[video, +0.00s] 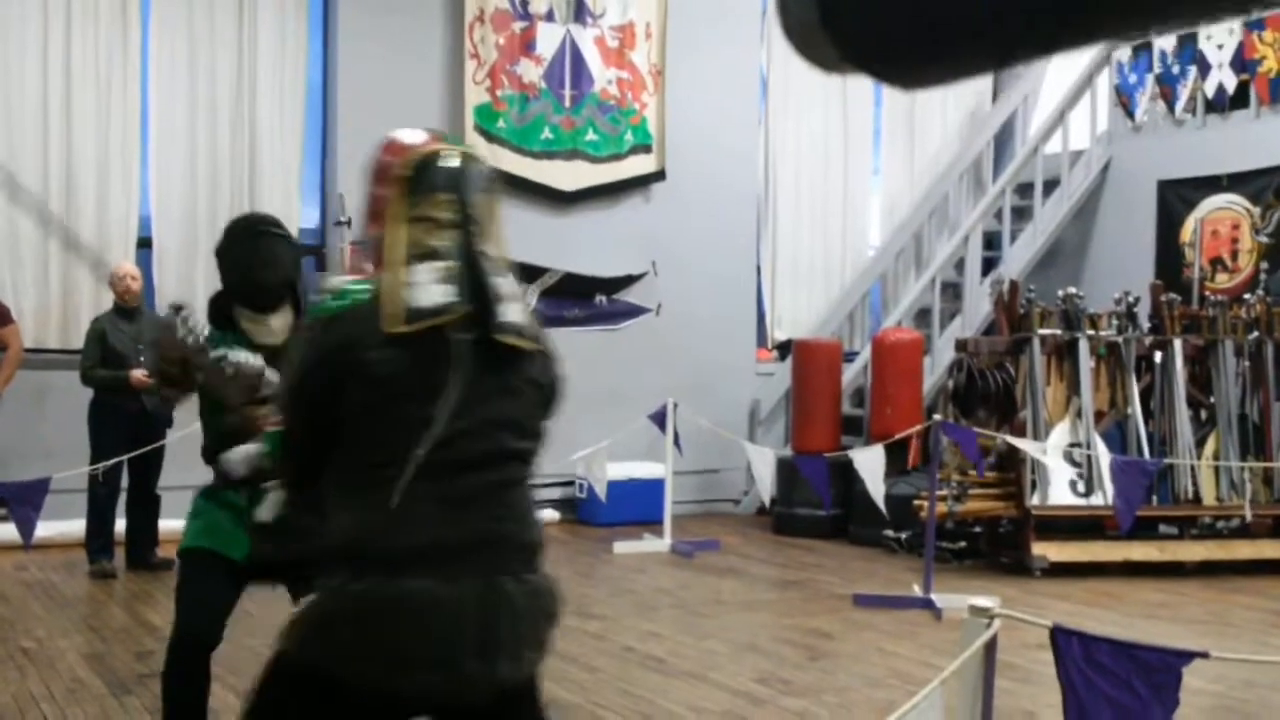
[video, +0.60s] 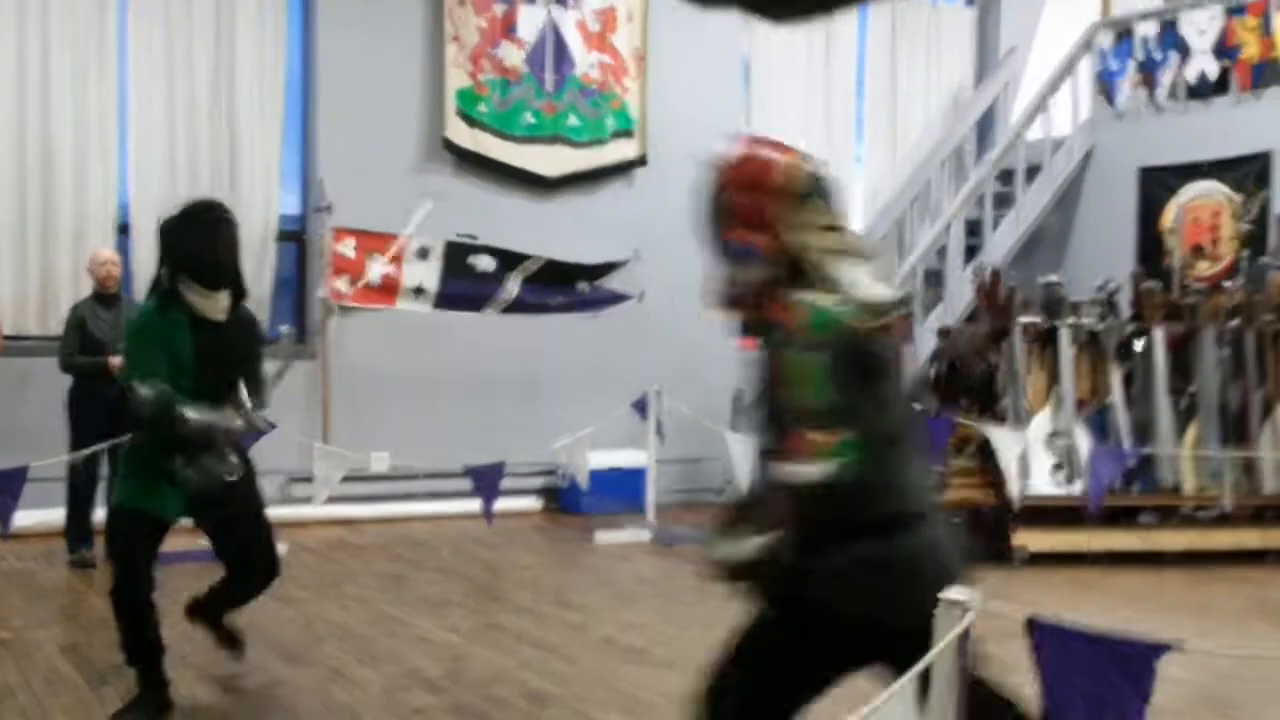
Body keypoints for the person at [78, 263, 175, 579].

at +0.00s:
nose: (128, 284)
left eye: (133, 278)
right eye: (121, 278)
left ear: (143, 283)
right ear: (112, 286)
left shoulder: (160, 325)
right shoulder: (101, 326)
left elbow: (176, 366)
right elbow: (88, 374)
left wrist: (165, 399)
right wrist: (126, 377)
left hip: (151, 416)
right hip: (110, 416)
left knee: (145, 488)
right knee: (104, 487)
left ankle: (142, 553)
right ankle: (100, 556)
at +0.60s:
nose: (109, 271)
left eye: (113, 264)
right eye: (102, 265)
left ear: (121, 270)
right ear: (91, 271)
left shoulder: (134, 311)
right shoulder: (81, 313)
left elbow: (146, 350)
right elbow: (67, 360)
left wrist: (130, 362)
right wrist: (105, 363)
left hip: (126, 402)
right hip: (88, 401)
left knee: (124, 473)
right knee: (84, 473)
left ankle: (122, 545)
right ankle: (79, 544)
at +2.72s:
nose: (28, 262)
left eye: (31, 256)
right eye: (20, 256)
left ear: (37, 263)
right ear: (5, 265)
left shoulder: (49, 304)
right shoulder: (1, 303)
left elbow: (64, 350)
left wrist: (59, 389)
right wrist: (19, 357)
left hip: (42, 402)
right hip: (5, 402)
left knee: (37, 475)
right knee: (2, 474)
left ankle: (33, 541)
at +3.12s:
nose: (26, 262)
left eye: (29, 257)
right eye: (18, 257)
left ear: (34, 263)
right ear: (4, 264)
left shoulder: (47, 304)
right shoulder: (2, 302)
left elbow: (62, 351)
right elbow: (0, 352)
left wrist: (57, 390)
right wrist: (18, 357)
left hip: (39, 402)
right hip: (5, 402)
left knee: (34, 475)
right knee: (1, 473)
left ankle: (30, 541)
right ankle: (1, 545)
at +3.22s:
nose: (27, 262)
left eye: (30, 256)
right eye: (19, 257)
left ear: (36, 262)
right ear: (5, 265)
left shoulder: (49, 304)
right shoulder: (2, 303)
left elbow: (64, 351)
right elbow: (1, 352)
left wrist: (58, 390)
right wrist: (19, 358)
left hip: (41, 402)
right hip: (5, 402)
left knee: (36, 476)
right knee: (2, 475)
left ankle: (32, 541)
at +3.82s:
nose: (26, 261)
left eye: (30, 256)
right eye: (19, 256)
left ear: (35, 262)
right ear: (4, 265)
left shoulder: (49, 304)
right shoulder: (2, 302)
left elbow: (63, 350)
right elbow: (0, 352)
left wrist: (59, 390)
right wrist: (18, 358)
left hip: (40, 403)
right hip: (5, 403)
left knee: (36, 475)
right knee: (2, 474)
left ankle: (31, 541)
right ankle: (0, 545)